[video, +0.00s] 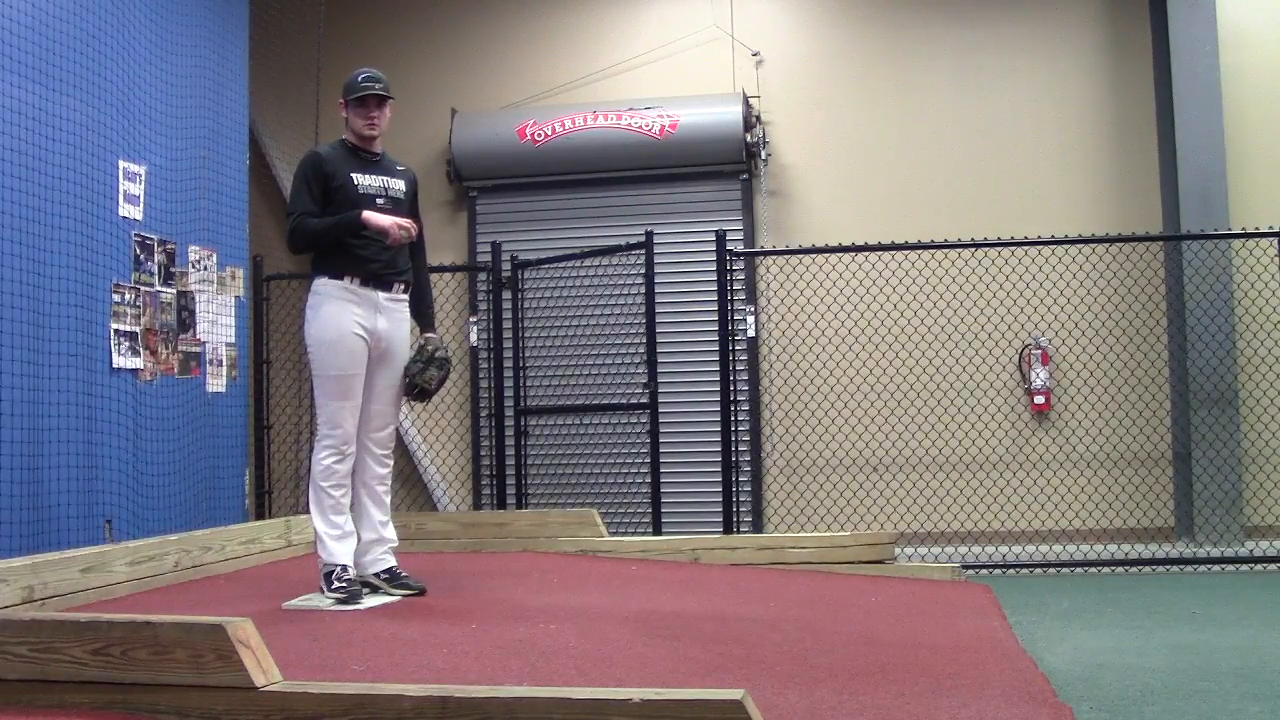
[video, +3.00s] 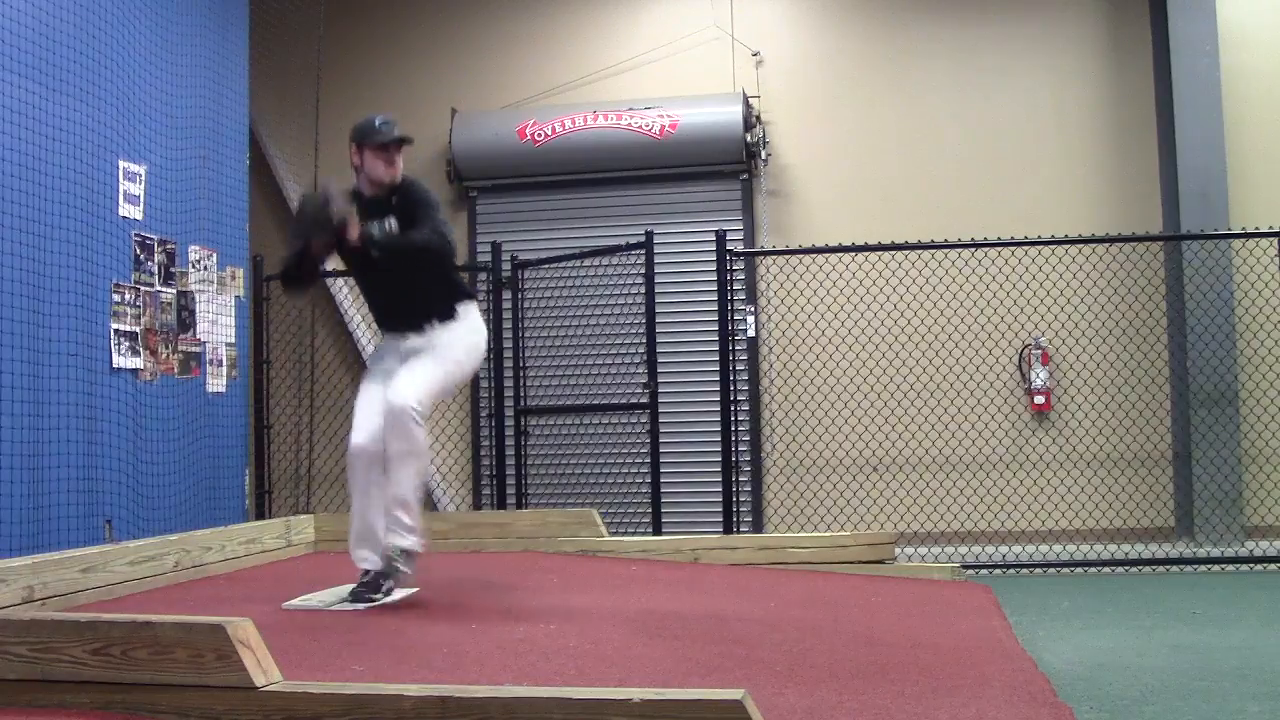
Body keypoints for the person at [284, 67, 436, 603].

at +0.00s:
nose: (373, 113)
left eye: (380, 104)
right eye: (363, 105)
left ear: (390, 111)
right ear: (344, 110)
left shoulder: (403, 176)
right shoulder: (320, 163)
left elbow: (417, 258)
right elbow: (298, 233)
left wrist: (425, 328)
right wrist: (364, 218)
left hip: (395, 310)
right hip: (338, 304)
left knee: (379, 441)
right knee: (338, 438)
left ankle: (377, 561)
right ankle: (336, 564)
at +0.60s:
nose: (391, 111)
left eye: (393, 103)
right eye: (381, 102)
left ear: (392, 110)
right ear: (352, 106)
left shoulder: (403, 172)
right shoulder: (319, 162)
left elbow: (415, 244)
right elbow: (301, 235)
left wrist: (421, 246)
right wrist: (376, 231)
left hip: (392, 308)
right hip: (337, 304)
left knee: (379, 439)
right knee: (338, 437)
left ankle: (376, 561)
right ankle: (336, 565)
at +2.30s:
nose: (395, 125)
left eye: (402, 116)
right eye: (385, 116)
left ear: (411, 121)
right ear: (365, 120)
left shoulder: (422, 166)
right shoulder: (341, 174)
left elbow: (421, 232)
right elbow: (308, 241)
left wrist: (345, 218)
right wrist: (297, 212)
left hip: (417, 311)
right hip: (360, 317)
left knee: (385, 410)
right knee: (361, 435)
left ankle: (415, 544)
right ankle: (379, 568)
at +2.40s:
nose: (391, 125)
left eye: (398, 117)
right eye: (381, 117)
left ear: (408, 121)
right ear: (362, 120)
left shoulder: (417, 163)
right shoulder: (340, 173)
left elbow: (413, 223)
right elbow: (296, 232)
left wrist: (338, 199)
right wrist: (303, 196)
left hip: (420, 298)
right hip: (365, 308)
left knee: (361, 362)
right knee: (368, 427)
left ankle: (379, 515)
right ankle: (381, 566)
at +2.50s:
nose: (385, 126)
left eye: (392, 117)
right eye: (375, 118)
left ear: (403, 120)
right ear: (357, 121)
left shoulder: (415, 159)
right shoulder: (341, 171)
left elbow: (408, 213)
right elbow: (287, 222)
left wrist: (335, 181)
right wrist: (298, 180)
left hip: (427, 294)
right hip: (369, 305)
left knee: (351, 297)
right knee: (369, 440)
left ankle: (351, 442)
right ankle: (380, 566)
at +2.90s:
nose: (395, 134)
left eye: (399, 125)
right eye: (384, 126)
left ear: (405, 128)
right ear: (357, 131)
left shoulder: (413, 168)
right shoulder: (338, 183)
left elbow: (427, 222)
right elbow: (281, 241)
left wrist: (352, 197)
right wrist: (309, 203)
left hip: (444, 305)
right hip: (387, 319)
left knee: (382, 364)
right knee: (364, 439)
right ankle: (375, 567)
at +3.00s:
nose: (395, 159)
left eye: (399, 150)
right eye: (384, 151)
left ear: (404, 153)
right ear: (357, 156)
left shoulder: (412, 195)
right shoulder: (340, 210)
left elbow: (437, 243)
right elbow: (293, 282)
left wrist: (364, 236)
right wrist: (317, 245)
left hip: (454, 331)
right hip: (397, 344)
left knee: (402, 401)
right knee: (363, 444)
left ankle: (403, 544)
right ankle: (376, 566)